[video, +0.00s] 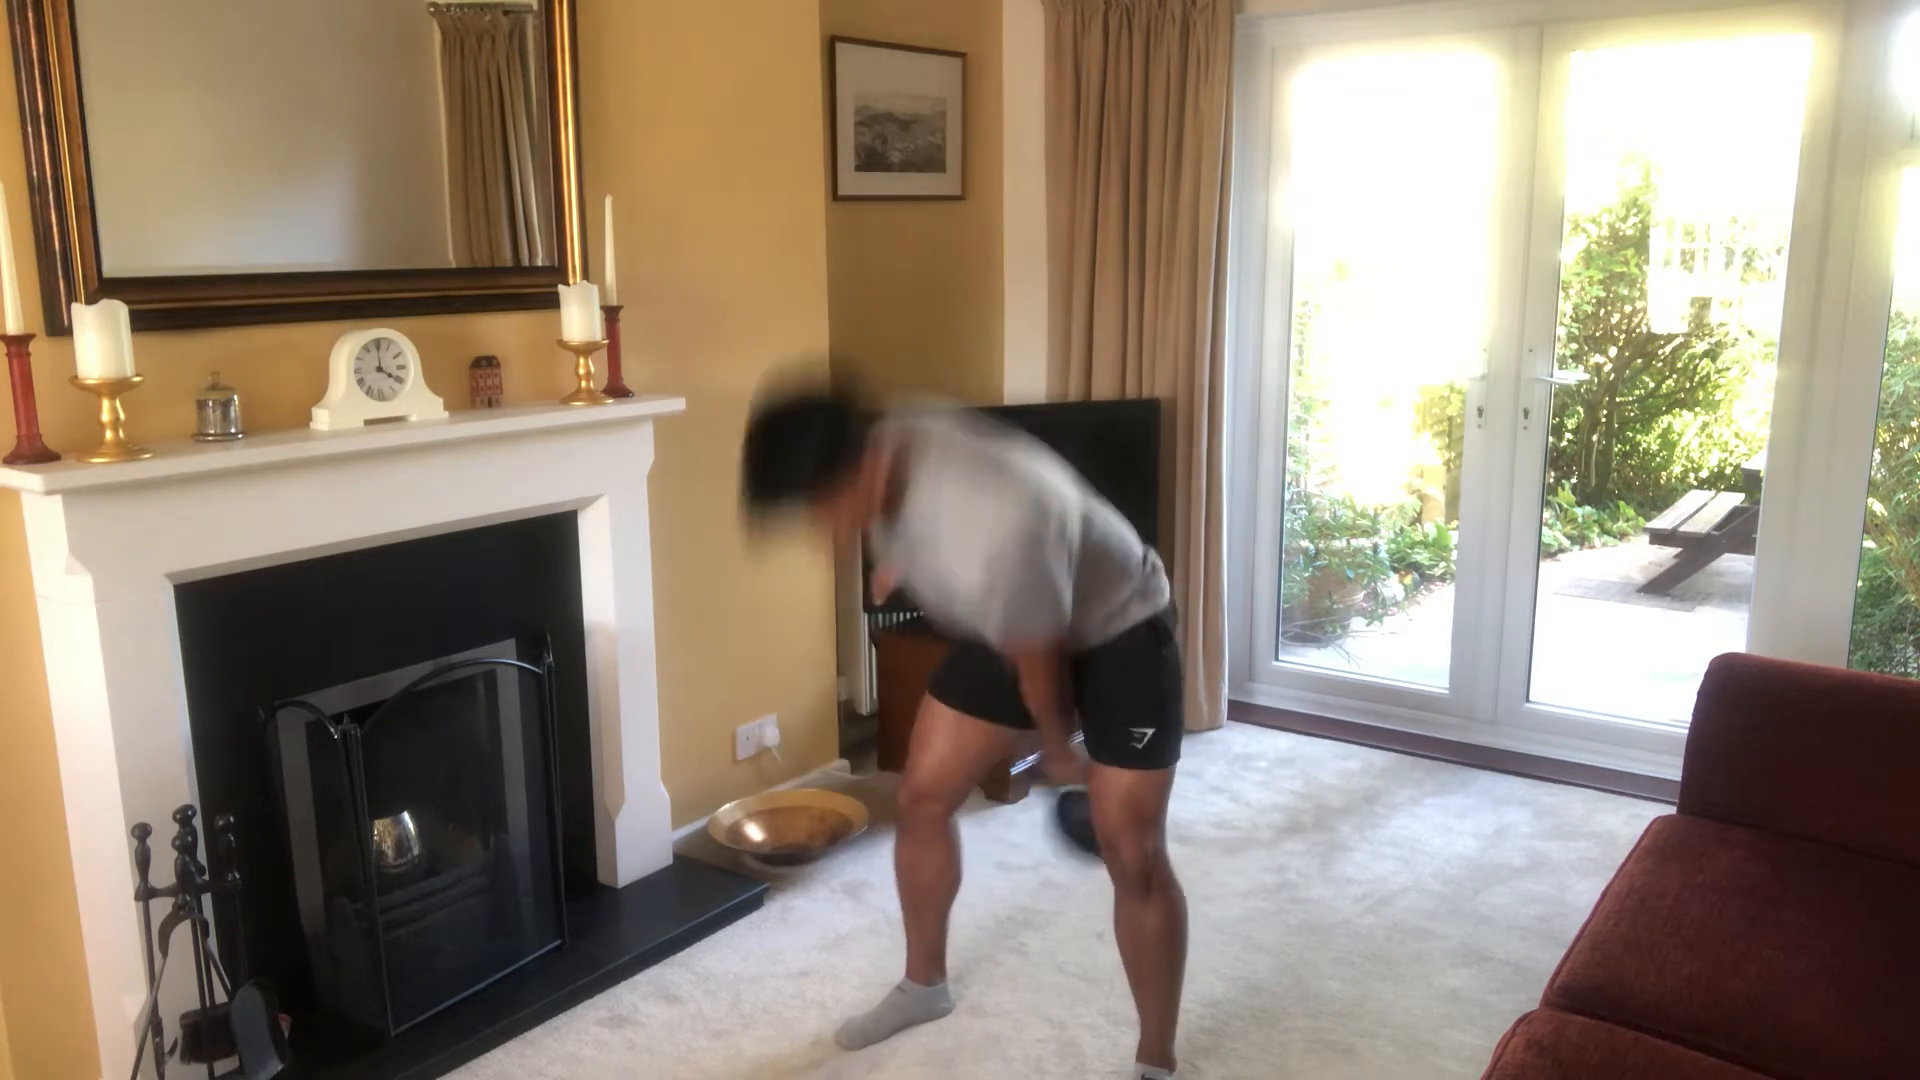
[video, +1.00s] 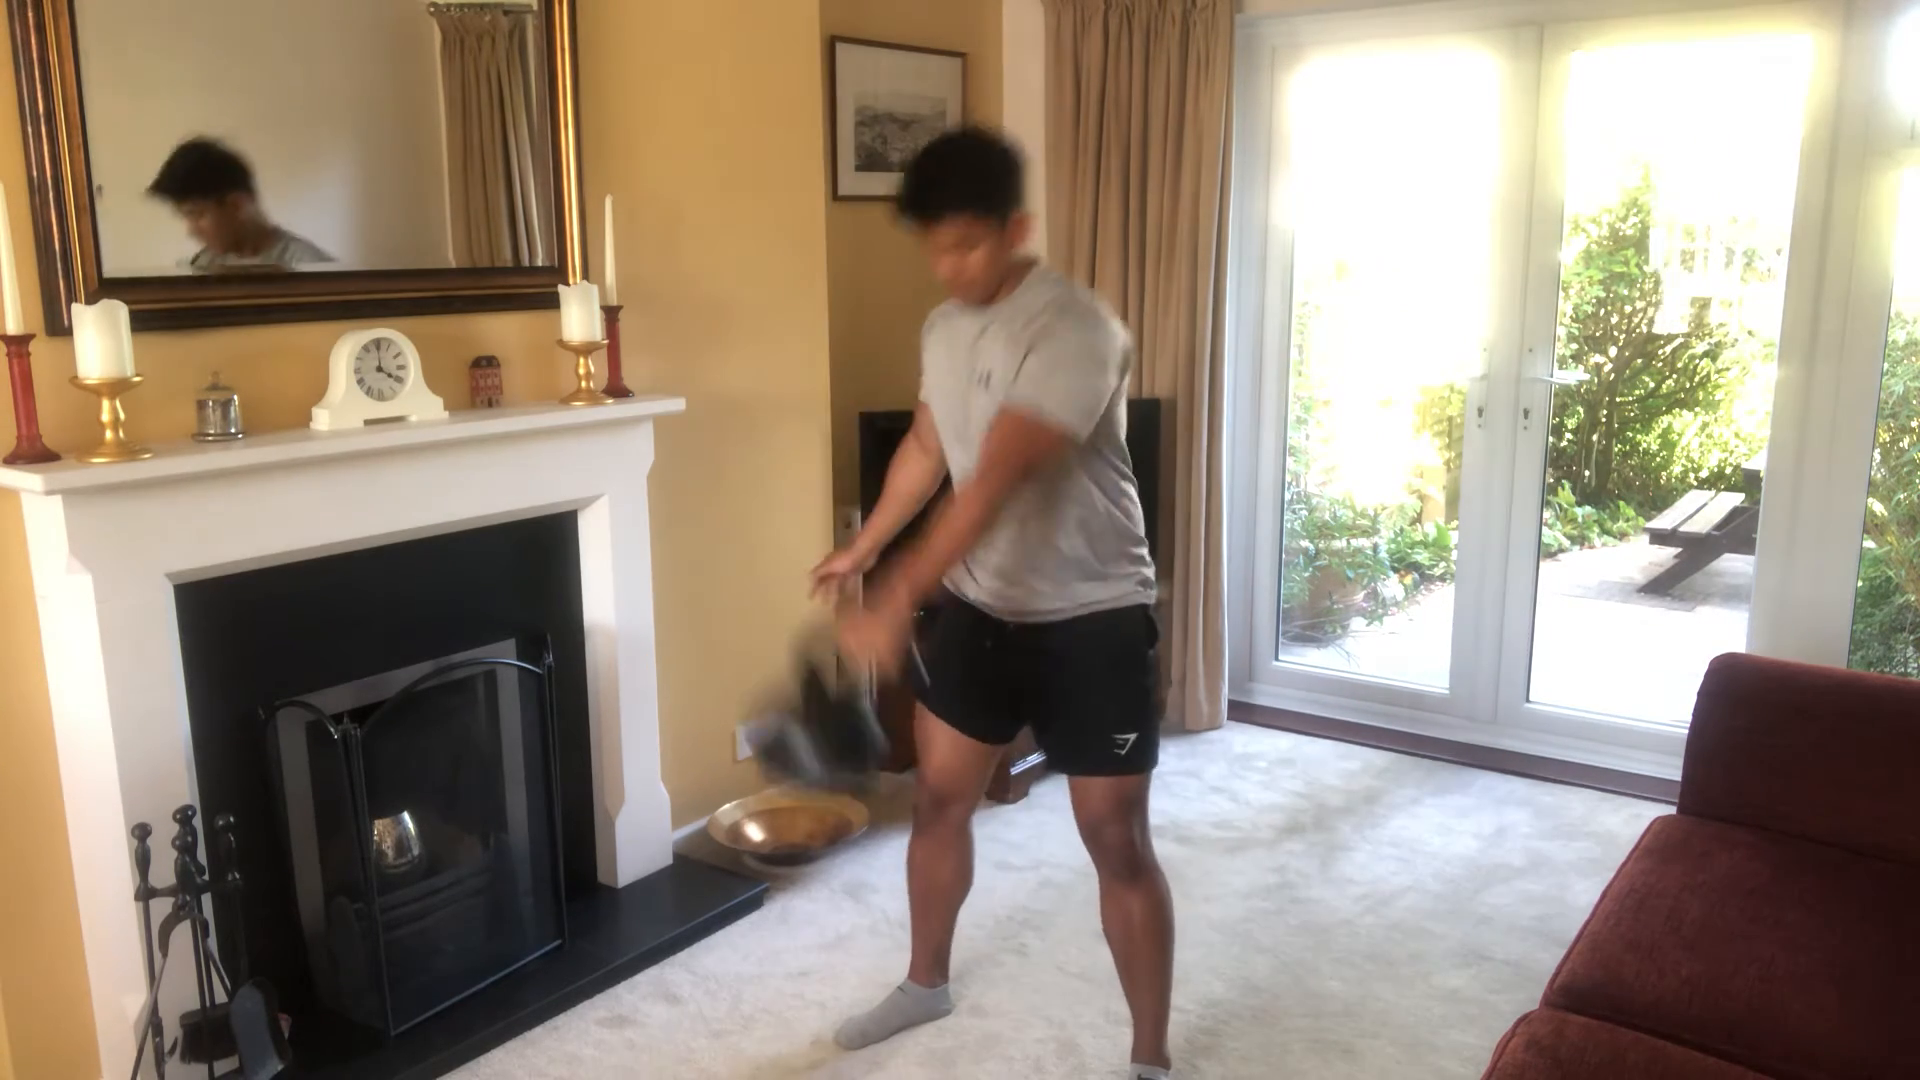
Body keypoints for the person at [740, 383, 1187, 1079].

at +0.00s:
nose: (822, 519)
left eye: (820, 502)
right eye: (811, 507)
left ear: (855, 470)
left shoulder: (995, 514)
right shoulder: (884, 448)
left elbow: (1038, 656)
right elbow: (917, 510)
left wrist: (1058, 749)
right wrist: (892, 566)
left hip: (1117, 630)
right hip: (1005, 622)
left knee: (1133, 854)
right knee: (923, 795)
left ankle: (1157, 1060)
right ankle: (924, 984)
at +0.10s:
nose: (859, 343)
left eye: (868, 323)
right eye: (851, 326)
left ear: (925, 296)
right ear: (859, 315)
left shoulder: (1026, 388)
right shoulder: (893, 367)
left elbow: (1013, 588)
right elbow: (898, 457)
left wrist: (999, 734)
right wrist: (884, 545)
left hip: (1105, 608)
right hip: (995, 601)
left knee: (1126, 842)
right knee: (940, 784)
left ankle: (1156, 1056)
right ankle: (927, 982)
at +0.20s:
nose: (926, 265)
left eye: (942, 242)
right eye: (916, 246)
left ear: (998, 223)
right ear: (913, 238)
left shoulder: (1065, 325)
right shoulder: (931, 322)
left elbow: (1004, 503)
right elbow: (912, 435)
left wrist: (935, 652)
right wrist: (872, 532)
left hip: (1090, 608)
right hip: (984, 601)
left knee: (1114, 830)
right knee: (950, 793)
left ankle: (1151, 1055)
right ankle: (928, 982)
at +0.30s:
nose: (969, 241)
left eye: (986, 218)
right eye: (956, 221)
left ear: (1040, 207)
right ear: (946, 220)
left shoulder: (1094, 320)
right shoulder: (953, 320)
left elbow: (997, 435)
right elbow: (919, 442)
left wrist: (882, 544)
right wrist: (872, 539)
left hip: (1078, 611)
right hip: (966, 602)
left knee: (1110, 835)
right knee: (956, 800)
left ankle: (1151, 1056)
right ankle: (928, 982)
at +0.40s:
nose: (980, 228)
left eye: (999, 206)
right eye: (968, 210)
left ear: (1053, 201)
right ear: (961, 211)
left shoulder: (1098, 313)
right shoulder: (962, 318)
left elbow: (1002, 380)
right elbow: (934, 444)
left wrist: (869, 426)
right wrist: (880, 544)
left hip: (1071, 615)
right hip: (961, 603)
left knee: (1103, 833)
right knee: (954, 802)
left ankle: (1149, 1054)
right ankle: (928, 983)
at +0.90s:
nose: (976, 236)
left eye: (994, 214)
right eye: (964, 217)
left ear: (1049, 204)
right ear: (955, 213)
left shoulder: (1097, 312)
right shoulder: (960, 317)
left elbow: (1001, 409)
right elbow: (947, 443)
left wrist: (865, 476)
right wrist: (888, 547)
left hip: (1084, 617)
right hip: (970, 605)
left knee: (1112, 841)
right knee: (949, 806)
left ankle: (1150, 1055)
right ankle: (928, 983)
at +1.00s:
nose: (949, 265)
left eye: (967, 243)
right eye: (935, 247)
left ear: (1019, 229)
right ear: (921, 241)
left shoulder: (1079, 327)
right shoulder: (946, 327)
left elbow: (996, 477)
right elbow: (926, 445)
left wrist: (897, 600)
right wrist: (864, 544)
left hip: (1093, 616)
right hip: (976, 608)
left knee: (1116, 839)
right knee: (938, 800)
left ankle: (1151, 1056)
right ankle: (926, 983)